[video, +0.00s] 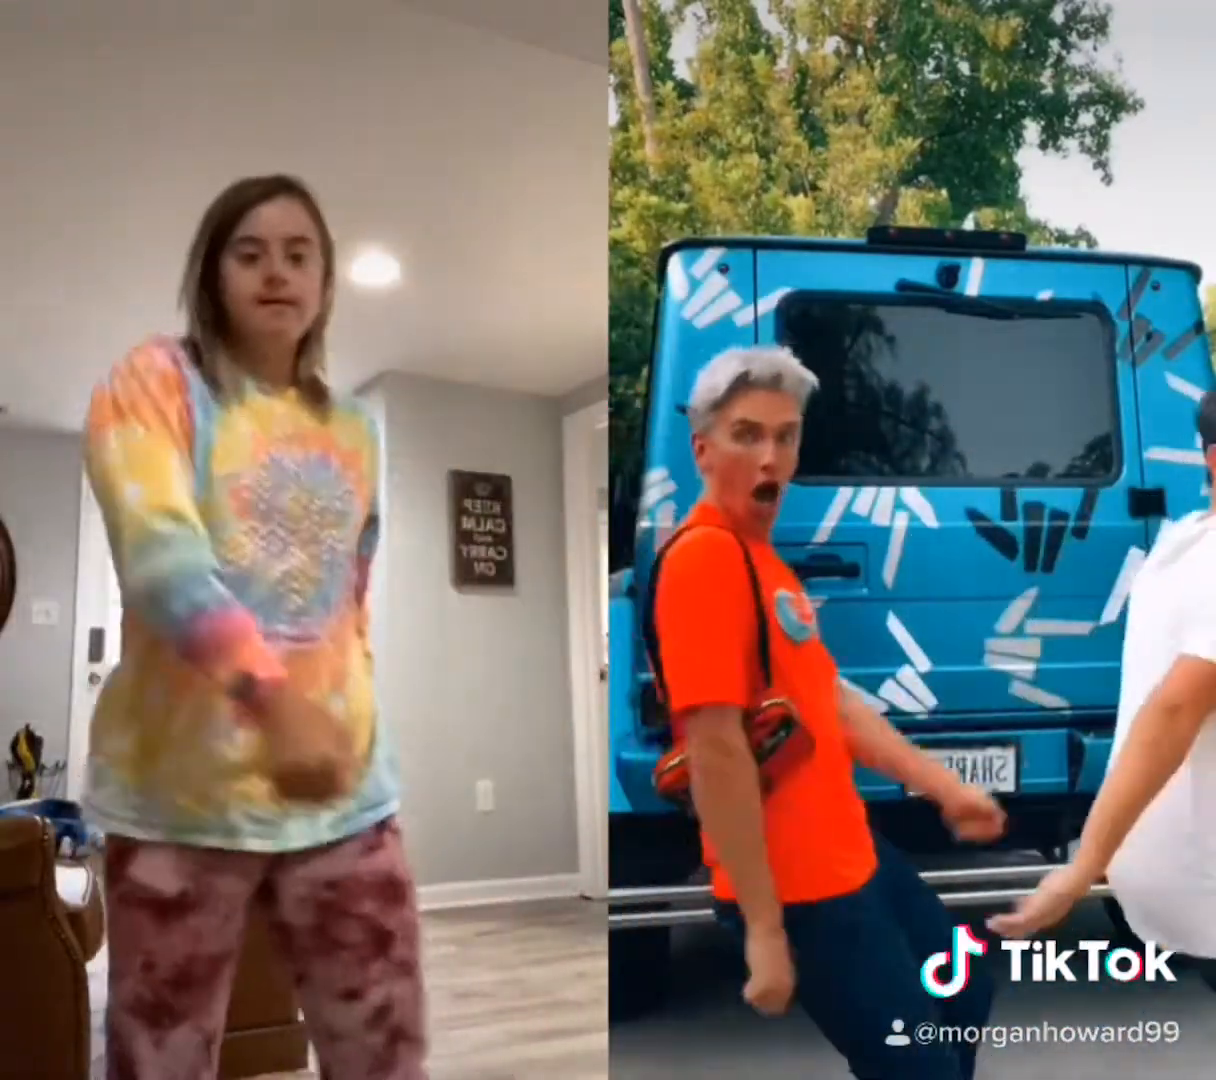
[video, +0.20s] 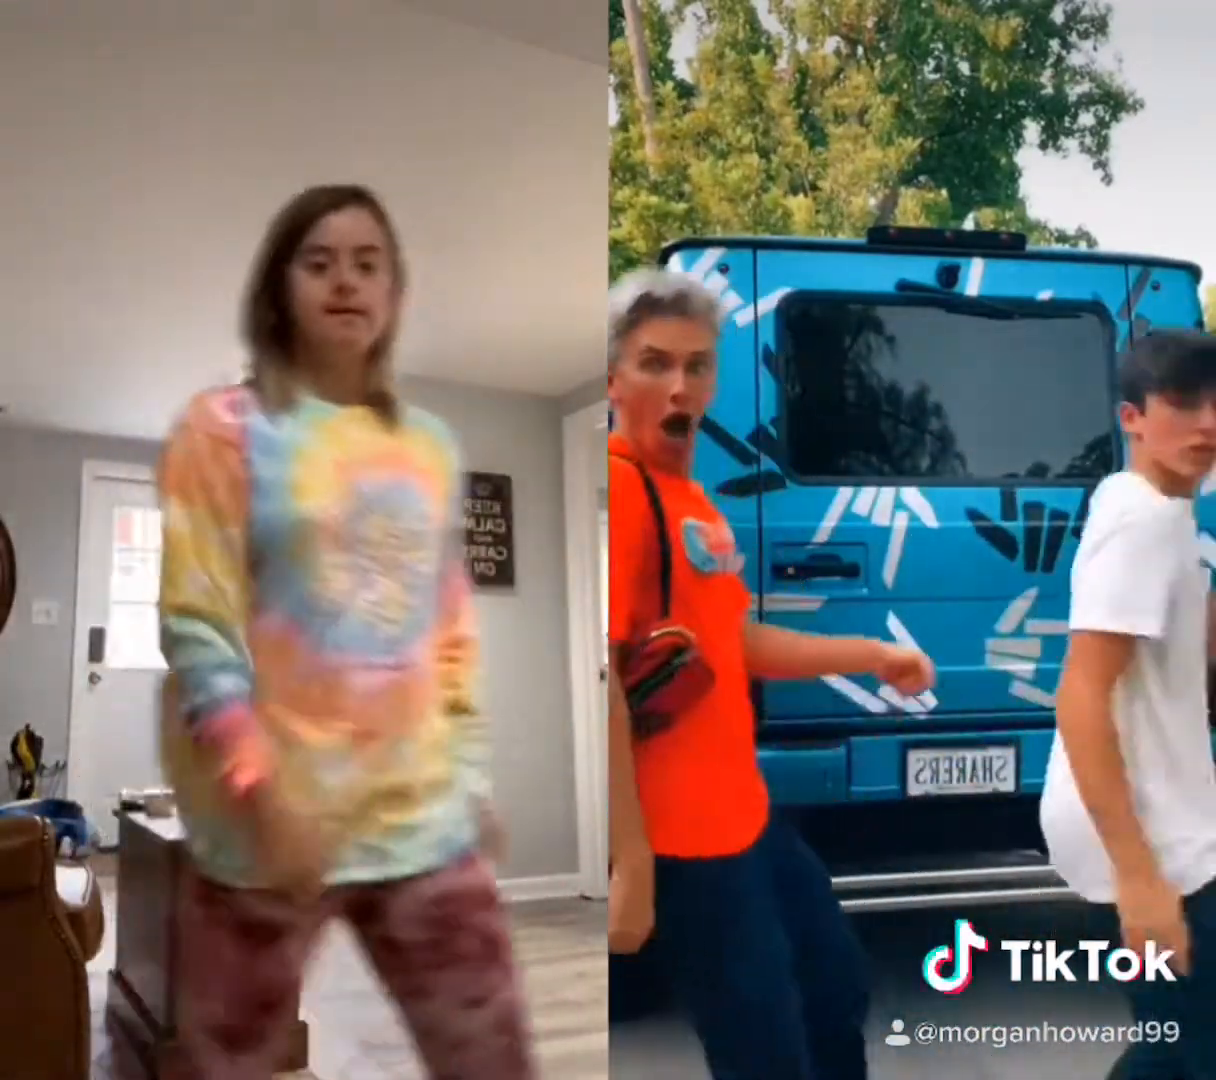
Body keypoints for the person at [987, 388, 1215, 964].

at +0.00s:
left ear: (1207, 458)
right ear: (1211, 458)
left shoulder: (1172, 548)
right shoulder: (1203, 552)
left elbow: (1161, 706)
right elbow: (1176, 707)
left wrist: (1095, 864)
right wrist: (1084, 866)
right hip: (1198, 904)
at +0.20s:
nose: (1207, 426)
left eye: (1213, 408)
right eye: (1186, 407)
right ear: (1134, 419)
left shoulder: (1163, 507)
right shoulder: (1142, 518)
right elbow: (1080, 701)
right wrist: (1138, 876)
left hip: (1173, 835)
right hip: (1163, 852)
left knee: (1177, 1042)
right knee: (1183, 1046)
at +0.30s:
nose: (1161, 435)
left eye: (1174, 417)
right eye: (1138, 414)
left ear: (1187, 428)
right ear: (1089, 429)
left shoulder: (1153, 531)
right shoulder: (1067, 539)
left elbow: (1168, 672)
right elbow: (1037, 719)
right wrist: (1182, 799)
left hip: (1129, 835)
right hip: (1078, 848)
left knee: (1107, 1053)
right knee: (1175, 1053)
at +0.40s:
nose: (1125, 454)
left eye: (1140, 438)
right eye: (1104, 437)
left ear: (1154, 457)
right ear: (1060, 458)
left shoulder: (1152, 581)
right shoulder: (1007, 560)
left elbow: (1139, 728)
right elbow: (1004, 731)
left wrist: (1200, 850)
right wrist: (1159, 699)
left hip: (1089, 855)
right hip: (1001, 860)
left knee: (1102, 1057)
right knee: (1131, 1058)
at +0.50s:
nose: (1082, 448)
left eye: (1096, 433)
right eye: (1061, 431)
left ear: (1113, 453)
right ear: (1019, 449)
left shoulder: (1130, 575)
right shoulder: (954, 550)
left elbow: (1108, 725)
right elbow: (916, 710)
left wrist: (1137, 825)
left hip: (1066, 845)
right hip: (961, 843)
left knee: (1111, 1059)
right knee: (1060, 1058)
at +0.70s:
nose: (972, 468)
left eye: (991, 452)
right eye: (953, 451)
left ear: (1016, 471)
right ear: (920, 471)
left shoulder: (1050, 594)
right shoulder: (848, 590)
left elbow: (1084, 756)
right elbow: (793, 715)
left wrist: (1082, 711)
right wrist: (799, 799)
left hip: (1016, 888)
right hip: (879, 887)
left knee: (1041, 1068)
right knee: (856, 1065)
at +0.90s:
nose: (846, 503)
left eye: (867, 485)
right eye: (827, 485)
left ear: (900, 504)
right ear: (798, 506)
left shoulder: (943, 632)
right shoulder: (762, 616)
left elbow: (972, 803)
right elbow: (714, 770)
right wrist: (797, 654)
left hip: (904, 930)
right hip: (772, 917)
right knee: (729, 1064)